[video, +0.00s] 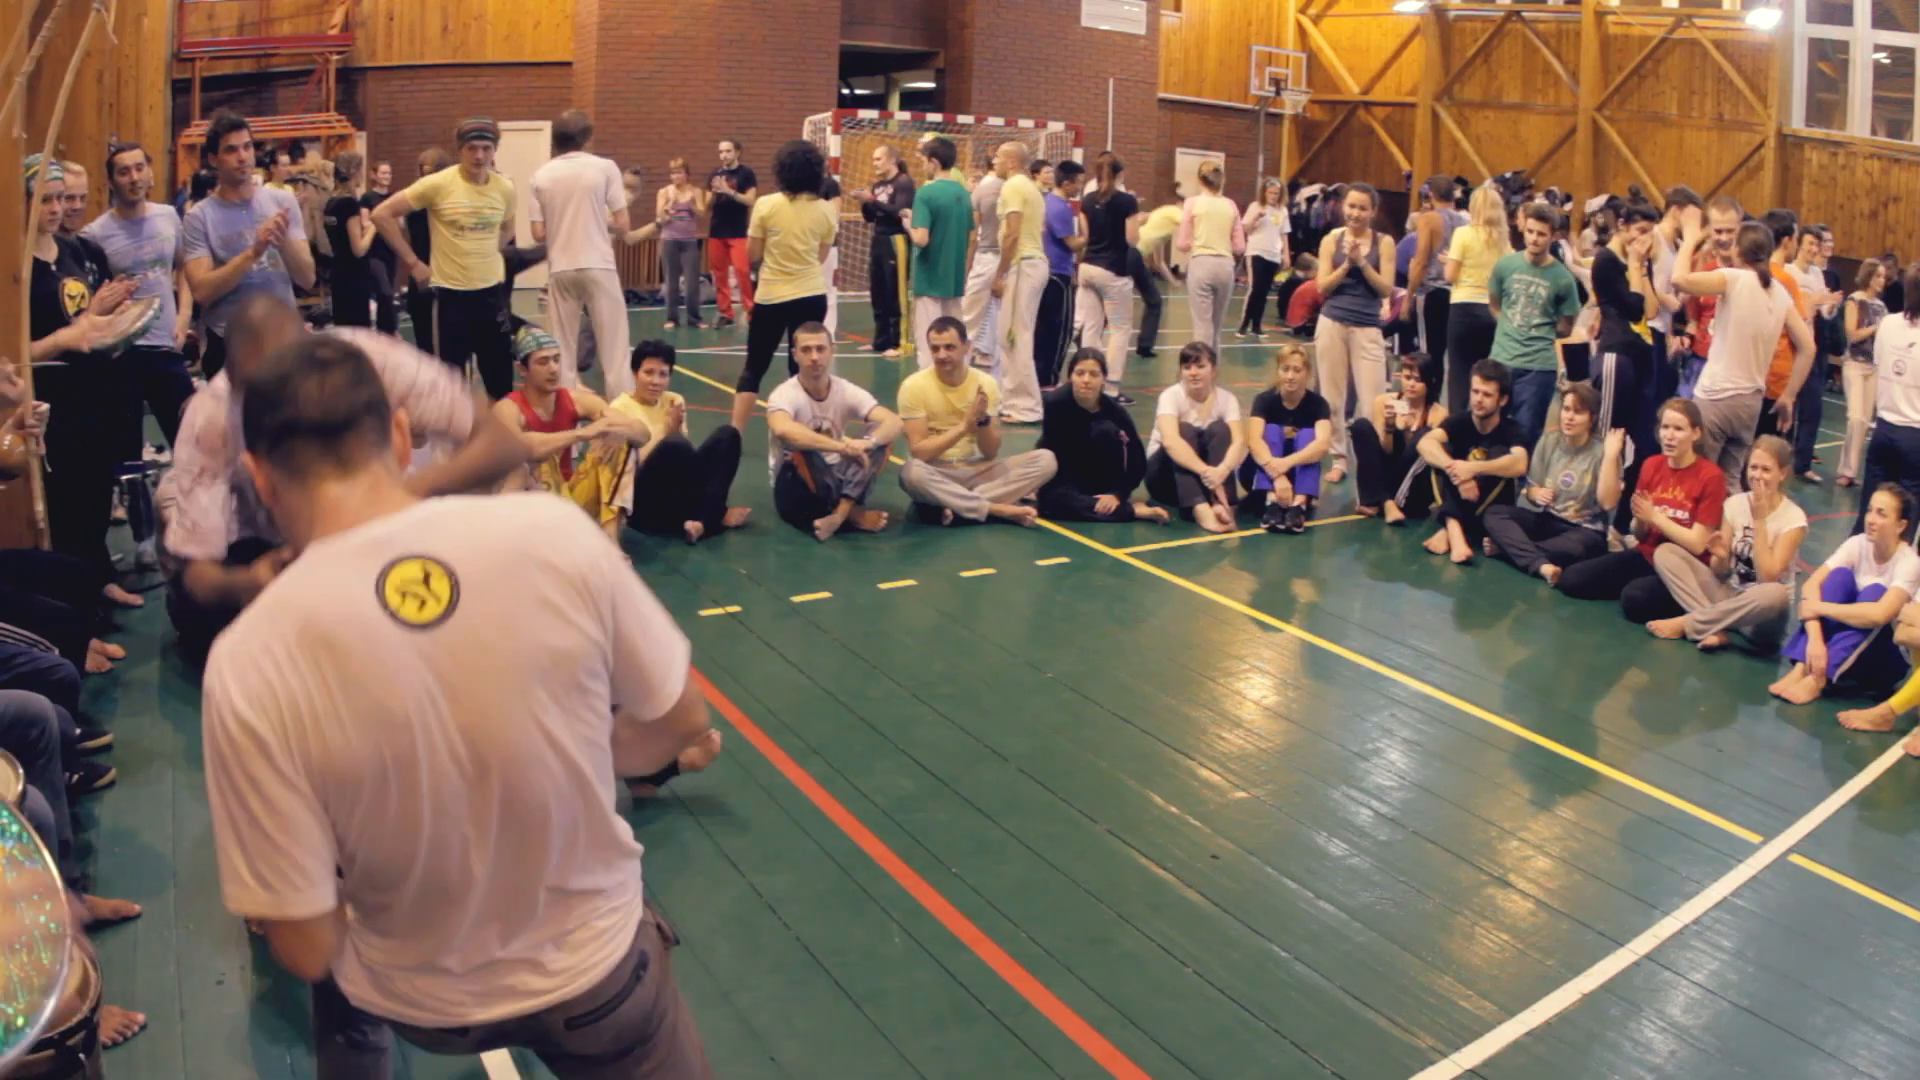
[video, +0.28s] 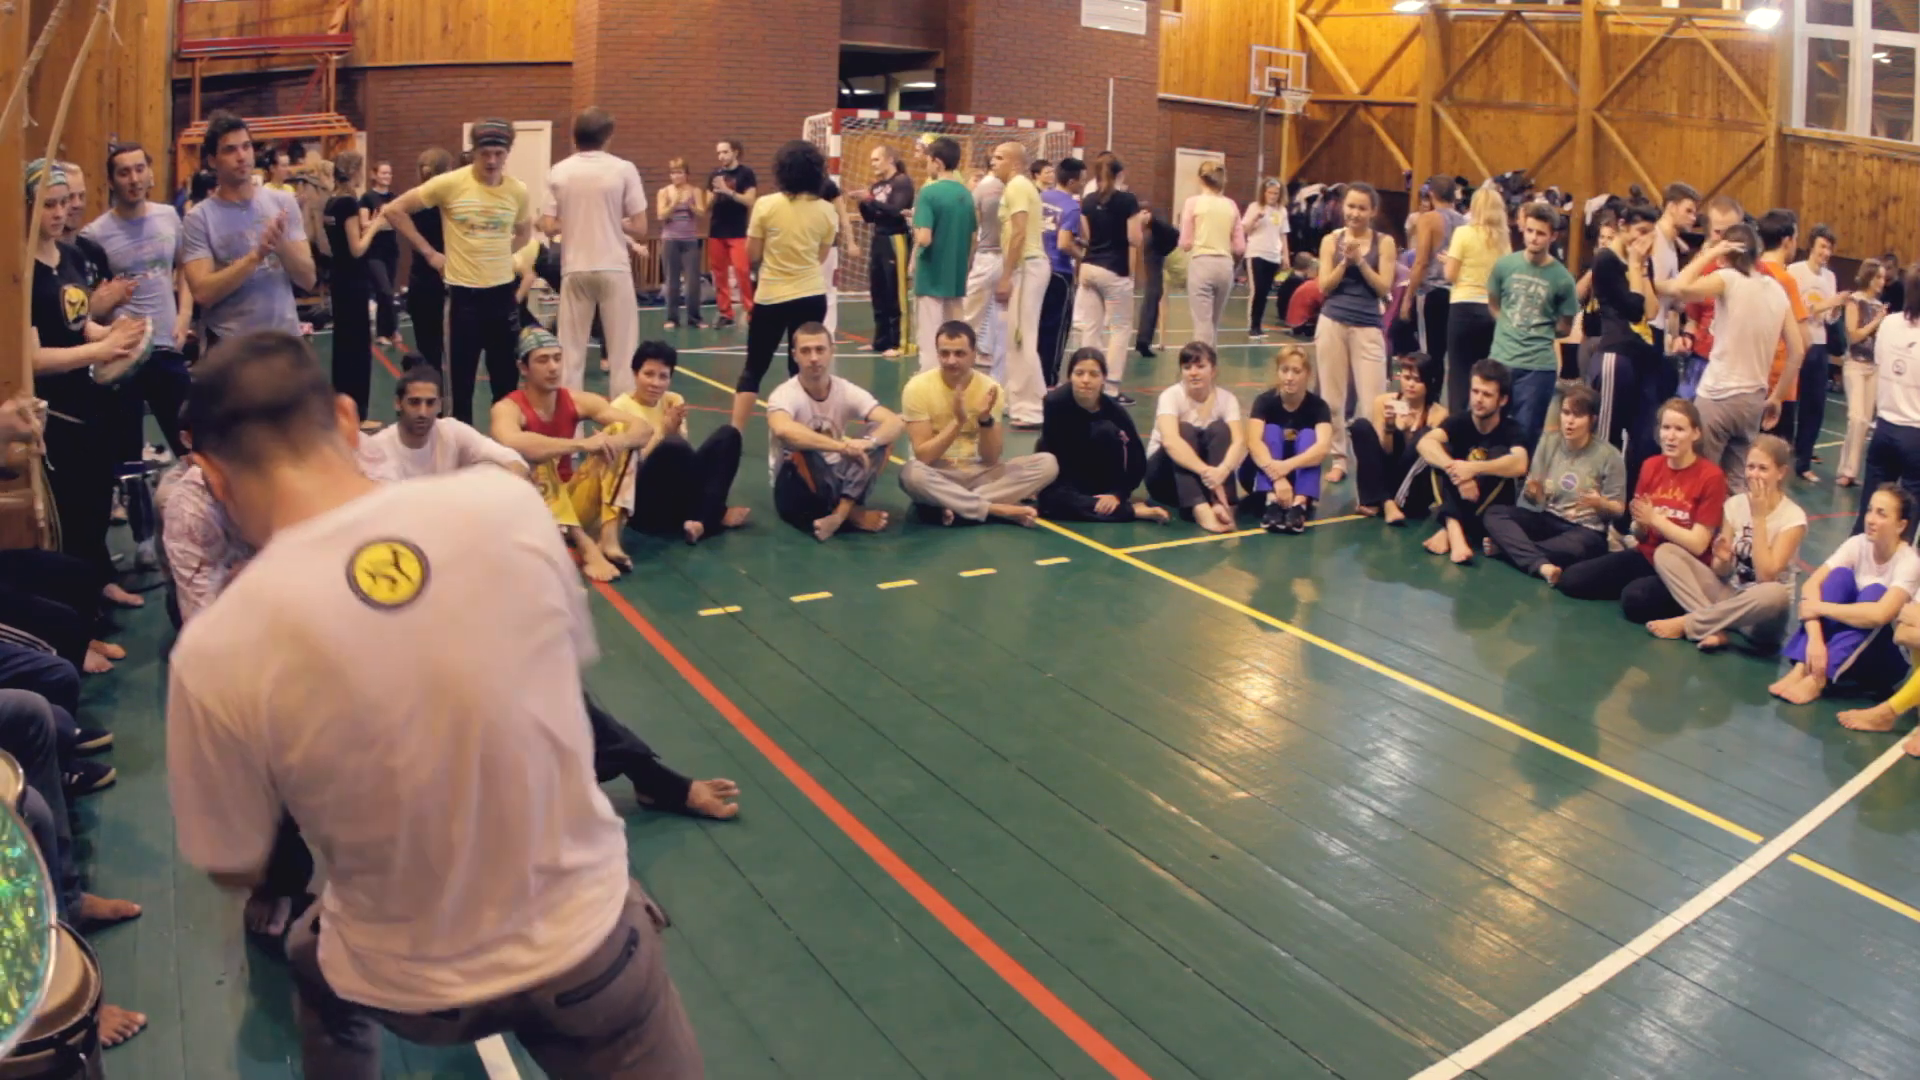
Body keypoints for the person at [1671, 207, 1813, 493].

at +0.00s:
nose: (1728, 250)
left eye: (1732, 244)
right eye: (1728, 243)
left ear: (1740, 250)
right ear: (1767, 253)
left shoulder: (1731, 278)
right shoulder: (1781, 294)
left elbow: (1681, 279)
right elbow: (1807, 347)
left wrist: (1690, 238)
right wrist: (1788, 396)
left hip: (1716, 394)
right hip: (1753, 398)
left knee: (1701, 476)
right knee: (1732, 479)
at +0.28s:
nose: (1717, 249)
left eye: (1721, 246)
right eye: (1718, 245)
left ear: (1728, 251)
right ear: (1755, 252)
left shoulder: (1727, 279)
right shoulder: (1776, 289)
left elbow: (1677, 288)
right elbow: (1797, 349)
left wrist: (1711, 252)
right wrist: (1777, 396)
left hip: (1718, 395)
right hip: (1755, 396)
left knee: (1703, 479)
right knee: (1739, 482)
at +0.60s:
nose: (1717, 258)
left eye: (1717, 251)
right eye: (1717, 251)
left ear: (1723, 253)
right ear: (1754, 251)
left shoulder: (1724, 278)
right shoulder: (1772, 287)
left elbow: (1683, 296)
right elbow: (1791, 348)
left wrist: (1696, 250)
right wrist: (1771, 394)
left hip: (1718, 394)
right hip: (1755, 395)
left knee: (1702, 479)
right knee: (1739, 481)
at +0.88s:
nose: (1717, 255)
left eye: (1717, 249)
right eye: (1717, 248)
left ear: (1722, 251)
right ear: (1753, 249)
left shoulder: (1723, 277)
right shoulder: (1771, 286)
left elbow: (1680, 296)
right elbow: (1790, 348)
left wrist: (1694, 251)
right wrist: (1768, 392)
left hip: (1717, 392)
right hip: (1755, 392)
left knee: (1704, 477)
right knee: (1737, 478)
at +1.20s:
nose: (1711, 249)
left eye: (1711, 245)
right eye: (1712, 244)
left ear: (1716, 248)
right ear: (1746, 247)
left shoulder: (1721, 276)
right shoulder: (1768, 285)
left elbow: (1676, 299)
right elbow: (1784, 348)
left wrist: (1688, 255)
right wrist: (1767, 396)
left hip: (1718, 392)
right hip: (1755, 392)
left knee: (1705, 477)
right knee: (1738, 478)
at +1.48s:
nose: (1705, 252)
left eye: (1707, 246)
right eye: (1707, 246)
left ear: (1714, 250)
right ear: (1743, 248)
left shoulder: (1714, 279)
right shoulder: (1764, 284)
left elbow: (1701, 337)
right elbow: (1773, 344)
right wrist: (1758, 377)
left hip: (1718, 390)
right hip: (1755, 391)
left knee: (1706, 476)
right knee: (1738, 476)